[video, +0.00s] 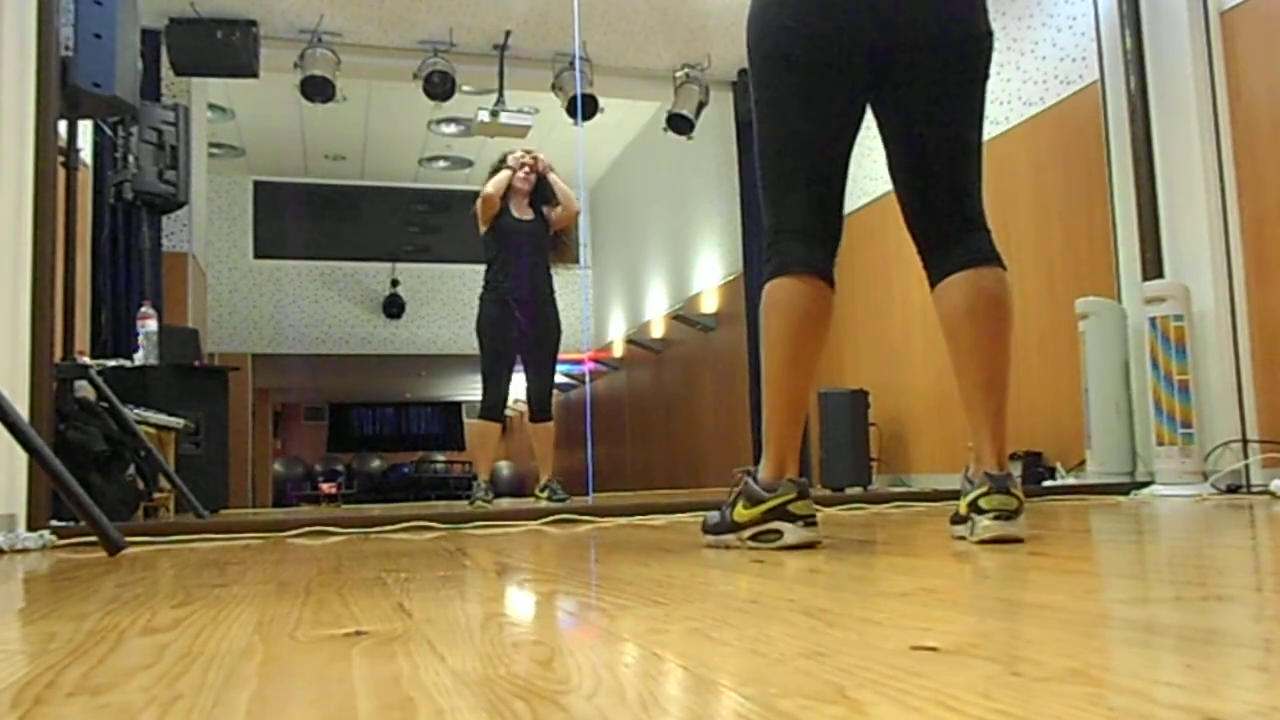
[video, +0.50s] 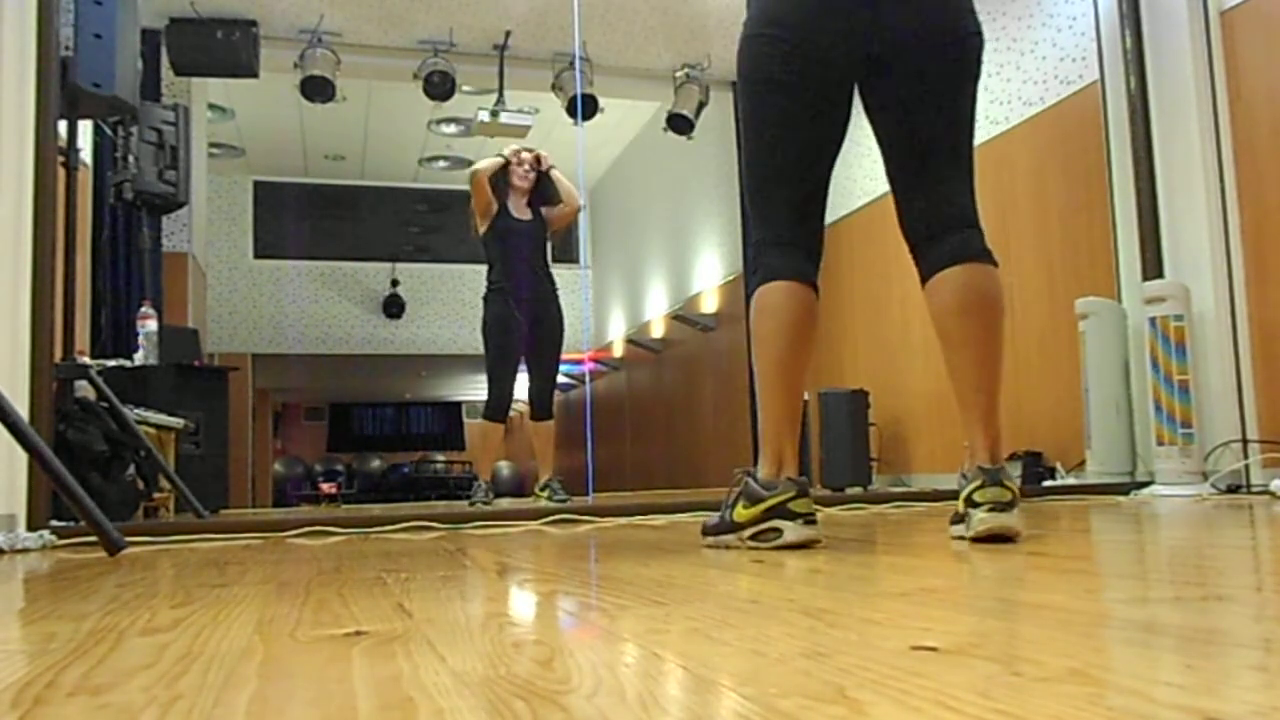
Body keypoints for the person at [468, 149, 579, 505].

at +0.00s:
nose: (526, 172)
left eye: (531, 169)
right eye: (520, 167)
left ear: (537, 179)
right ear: (507, 175)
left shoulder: (544, 216)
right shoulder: (491, 212)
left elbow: (572, 209)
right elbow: (490, 193)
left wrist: (549, 173)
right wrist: (509, 169)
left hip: (542, 308)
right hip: (500, 308)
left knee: (541, 398)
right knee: (494, 397)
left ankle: (546, 480)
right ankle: (482, 481)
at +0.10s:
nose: (525, 173)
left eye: (531, 169)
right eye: (520, 168)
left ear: (538, 179)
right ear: (507, 175)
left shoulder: (546, 218)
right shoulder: (492, 213)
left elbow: (572, 202)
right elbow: (492, 186)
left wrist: (547, 169)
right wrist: (509, 163)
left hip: (543, 309)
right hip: (501, 309)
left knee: (542, 399)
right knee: (494, 398)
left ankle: (546, 480)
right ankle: (482, 481)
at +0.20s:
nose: (525, 173)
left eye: (531, 169)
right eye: (520, 167)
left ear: (539, 179)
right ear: (508, 174)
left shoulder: (546, 217)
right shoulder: (492, 212)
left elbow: (574, 203)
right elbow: (490, 183)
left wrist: (548, 168)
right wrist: (509, 161)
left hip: (544, 309)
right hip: (502, 309)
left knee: (542, 398)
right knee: (496, 397)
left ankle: (546, 481)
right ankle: (482, 482)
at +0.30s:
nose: (525, 173)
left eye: (531, 169)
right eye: (520, 167)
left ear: (539, 178)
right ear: (508, 174)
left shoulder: (545, 218)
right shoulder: (492, 213)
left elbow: (573, 204)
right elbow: (486, 180)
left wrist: (549, 169)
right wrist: (508, 160)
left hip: (545, 307)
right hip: (503, 308)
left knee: (543, 396)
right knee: (497, 397)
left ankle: (547, 481)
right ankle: (483, 482)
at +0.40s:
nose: (524, 172)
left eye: (531, 168)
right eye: (519, 166)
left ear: (538, 178)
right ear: (507, 173)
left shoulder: (544, 217)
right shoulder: (491, 212)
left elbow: (574, 205)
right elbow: (481, 176)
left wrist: (549, 170)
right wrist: (505, 159)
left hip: (546, 307)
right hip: (504, 307)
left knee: (543, 396)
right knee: (499, 397)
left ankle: (546, 480)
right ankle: (483, 481)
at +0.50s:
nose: (524, 170)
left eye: (530, 167)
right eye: (519, 164)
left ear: (537, 176)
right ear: (506, 172)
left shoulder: (544, 217)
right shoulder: (489, 210)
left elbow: (573, 204)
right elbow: (477, 173)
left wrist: (550, 169)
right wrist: (503, 158)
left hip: (545, 306)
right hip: (504, 307)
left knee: (543, 396)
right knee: (500, 397)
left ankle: (546, 480)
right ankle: (484, 481)